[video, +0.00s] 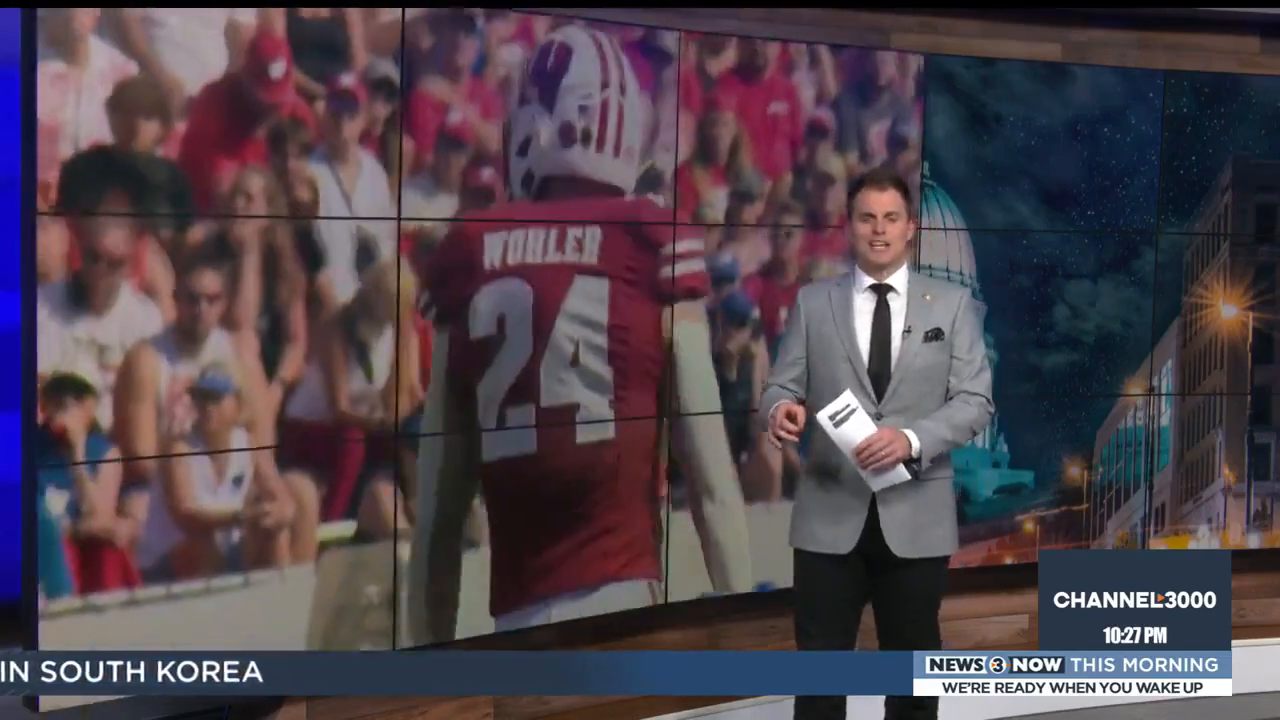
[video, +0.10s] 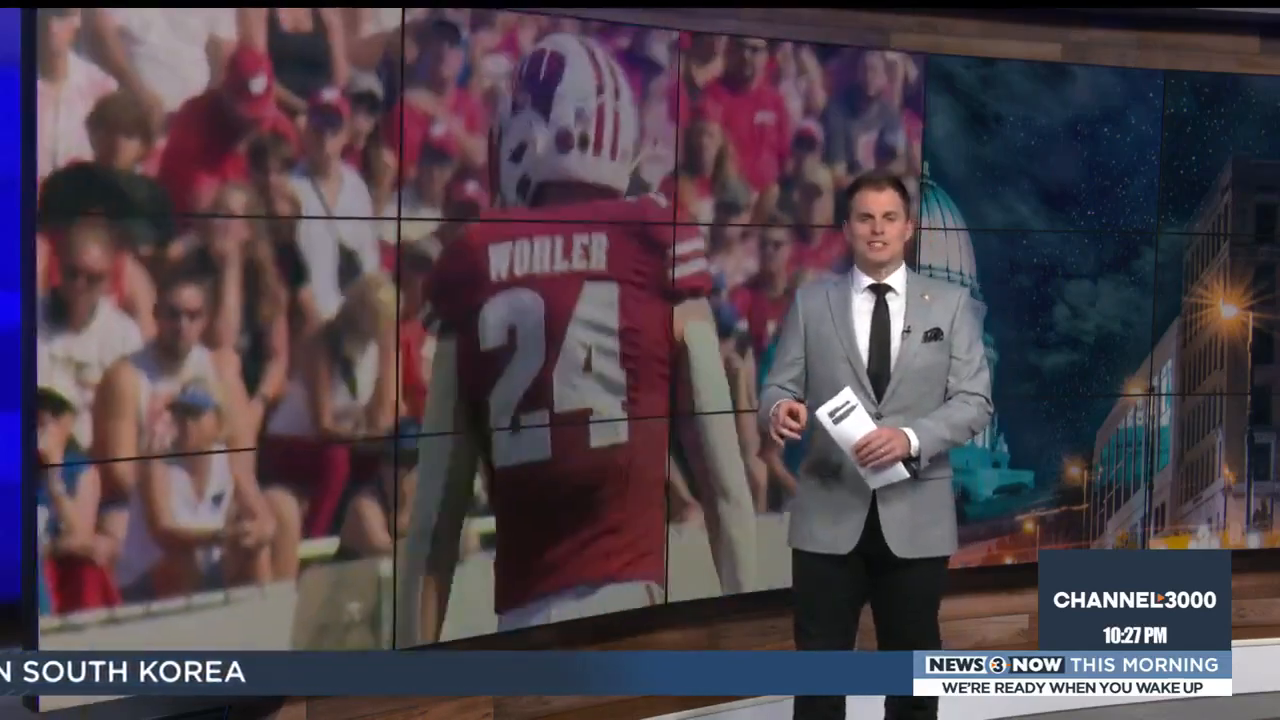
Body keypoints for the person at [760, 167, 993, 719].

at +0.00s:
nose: (878, 229)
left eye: (891, 217)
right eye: (866, 217)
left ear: (912, 227)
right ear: (850, 226)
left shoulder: (953, 304)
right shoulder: (813, 302)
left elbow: (974, 405)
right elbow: (782, 388)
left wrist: (912, 439)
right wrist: (779, 411)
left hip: (915, 517)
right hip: (828, 515)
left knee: (913, 672)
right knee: (819, 672)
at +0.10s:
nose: (876, 229)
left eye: (889, 218)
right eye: (864, 219)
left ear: (909, 227)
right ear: (847, 228)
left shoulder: (952, 304)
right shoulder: (811, 301)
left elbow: (973, 405)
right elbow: (778, 389)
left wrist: (911, 437)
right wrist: (778, 410)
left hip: (914, 515)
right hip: (827, 514)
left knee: (914, 672)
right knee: (819, 672)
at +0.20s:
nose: (875, 229)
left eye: (888, 218)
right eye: (863, 218)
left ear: (908, 227)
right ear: (846, 228)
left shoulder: (950, 304)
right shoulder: (810, 303)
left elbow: (971, 404)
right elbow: (777, 390)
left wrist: (911, 437)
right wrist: (779, 411)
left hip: (914, 515)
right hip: (827, 514)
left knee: (914, 673)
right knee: (818, 672)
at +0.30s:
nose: (875, 229)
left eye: (888, 218)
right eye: (862, 218)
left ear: (907, 227)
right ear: (844, 228)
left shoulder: (949, 303)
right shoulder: (809, 301)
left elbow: (971, 404)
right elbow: (776, 390)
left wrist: (912, 438)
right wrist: (781, 409)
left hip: (914, 514)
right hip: (828, 513)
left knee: (914, 672)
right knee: (819, 672)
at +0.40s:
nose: (874, 230)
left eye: (887, 218)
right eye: (862, 219)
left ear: (906, 227)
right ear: (843, 228)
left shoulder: (948, 304)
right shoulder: (807, 302)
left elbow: (972, 403)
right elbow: (776, 390)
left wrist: (913, 439)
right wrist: (782, 410)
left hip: (914, 515)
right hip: (828, 515)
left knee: (913, 672)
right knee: (818, 672)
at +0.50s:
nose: (874, 231)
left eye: (887, 219)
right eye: (862, 219)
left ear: (906, 227)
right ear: (843, 228)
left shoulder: (948, 304)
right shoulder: (807, 303)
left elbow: (971, 403)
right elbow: (777, 391)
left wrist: (913, 439)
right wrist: (782, 412)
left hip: (914, 515)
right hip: (828, 515)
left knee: (914, 673)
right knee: (819, 673)